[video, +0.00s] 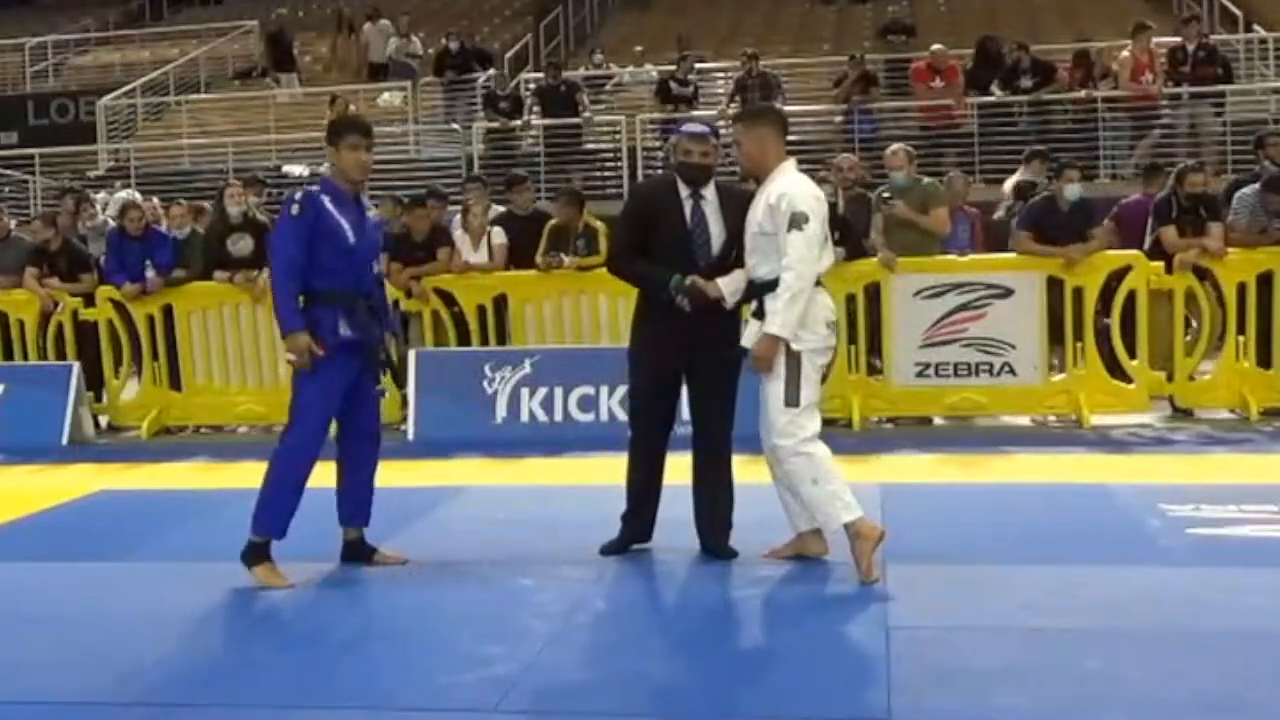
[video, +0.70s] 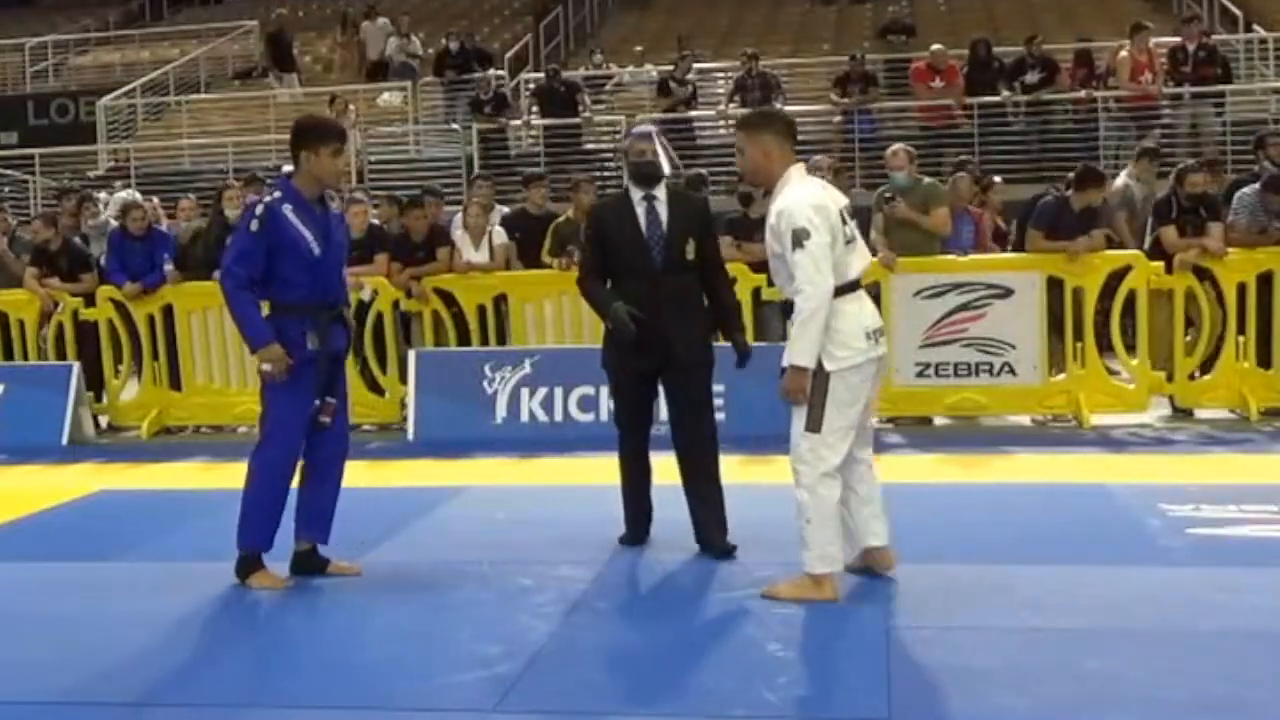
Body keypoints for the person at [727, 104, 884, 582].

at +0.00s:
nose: (738, 152)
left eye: (742, 142)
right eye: (738, 142)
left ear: (765, 141)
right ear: (769, 141)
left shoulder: (797, 193)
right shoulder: (771, 193)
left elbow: (799, 270)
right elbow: (763, 265)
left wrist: (775, 331)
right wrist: (720, 288)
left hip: (800, 317)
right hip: (776, 315)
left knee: (791, 434)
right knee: (777, 435)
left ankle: (857, 526)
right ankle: (807, 533)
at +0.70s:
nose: (739, 164)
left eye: (743, 153)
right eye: (738, 154)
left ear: (769, 151)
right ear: (781, 150)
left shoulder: (797, 205)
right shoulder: (813, 190)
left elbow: (815, 289)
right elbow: (826, 261)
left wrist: (798, 364)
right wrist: (763, 255)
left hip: (835, 333)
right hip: (858, 323)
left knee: (813, 455)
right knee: (853, 447)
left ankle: (820, 574)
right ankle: (874, 548)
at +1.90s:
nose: (646, 243)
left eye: (645, 232)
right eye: (641, 236)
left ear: (668, 216)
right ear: (673, 217)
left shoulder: (722, 250)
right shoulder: (697, 263)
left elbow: (770, 316)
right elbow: (656, 322)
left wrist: (766, 396)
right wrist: (590, 352)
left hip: (799, 361)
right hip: (825, 349)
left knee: (731, 463)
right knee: (870, 458)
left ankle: (715, 578)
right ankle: (967, 541)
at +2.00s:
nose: (657, 237)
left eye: (657, 226)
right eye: (653, 229)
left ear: (683, 215)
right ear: (684, 218)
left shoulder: (733, 248)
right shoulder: (706, 265)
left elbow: (781, 318)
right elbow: (670, 324)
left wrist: (768, 395)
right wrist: (601, 354)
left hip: (806, 364)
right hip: (833, 355)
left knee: (731, 464)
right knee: (868, 466)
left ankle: (715, 577)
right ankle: (969, 542)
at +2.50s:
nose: (858, 136)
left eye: (865, 126)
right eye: (860, 126)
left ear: (890, 129)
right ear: (907, 130)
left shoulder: (900, 183)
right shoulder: (947, 176)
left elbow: (934, 256)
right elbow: (987, 252)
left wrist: (921, 335)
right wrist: (973, 307)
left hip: (942, 328)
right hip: (982, 324)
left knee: (899, 444)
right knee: (970, 444)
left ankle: (899, 562)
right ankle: (989, 558)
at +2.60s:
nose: (887, 116)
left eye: (894, 107)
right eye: (887, 107)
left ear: (922, 108)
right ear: (938, 109)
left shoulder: (922, 165)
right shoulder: (985, 157)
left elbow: (953, 240)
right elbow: (1022, 233)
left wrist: (949, 318)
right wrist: (1017, 295)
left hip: (975, 300)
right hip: (1018, 294)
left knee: (958, 424)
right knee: (1003, 422)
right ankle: (1012, 542)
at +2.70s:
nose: (919, 127)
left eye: (924, 116)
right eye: (919, 116)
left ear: (951, 117)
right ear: (968, 117)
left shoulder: (953, 180)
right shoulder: (1020, 169)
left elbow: (979, 261)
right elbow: (1057, 245)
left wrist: (975, 341)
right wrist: (1051, 311)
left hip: (1004, 317)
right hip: (1044, 307)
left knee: (1013, 440)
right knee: (1043, 431)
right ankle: (1086, 544)